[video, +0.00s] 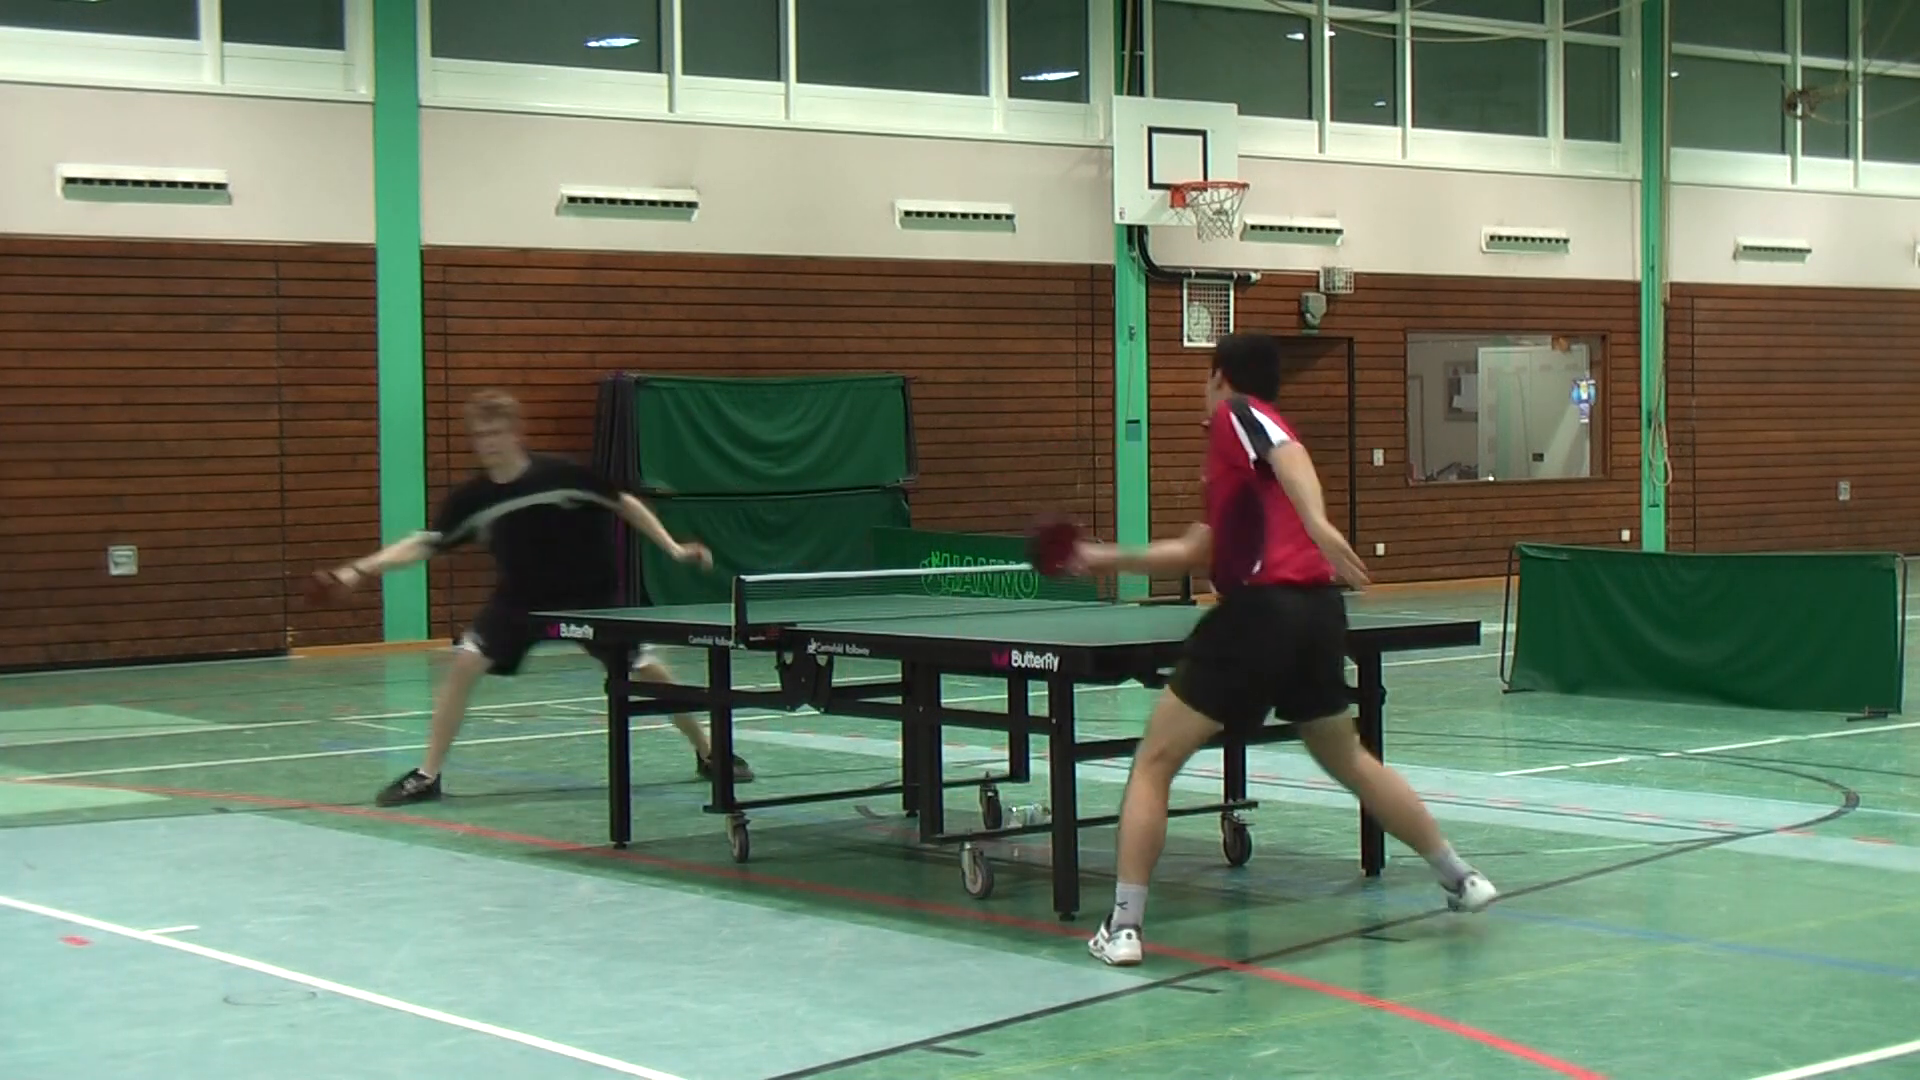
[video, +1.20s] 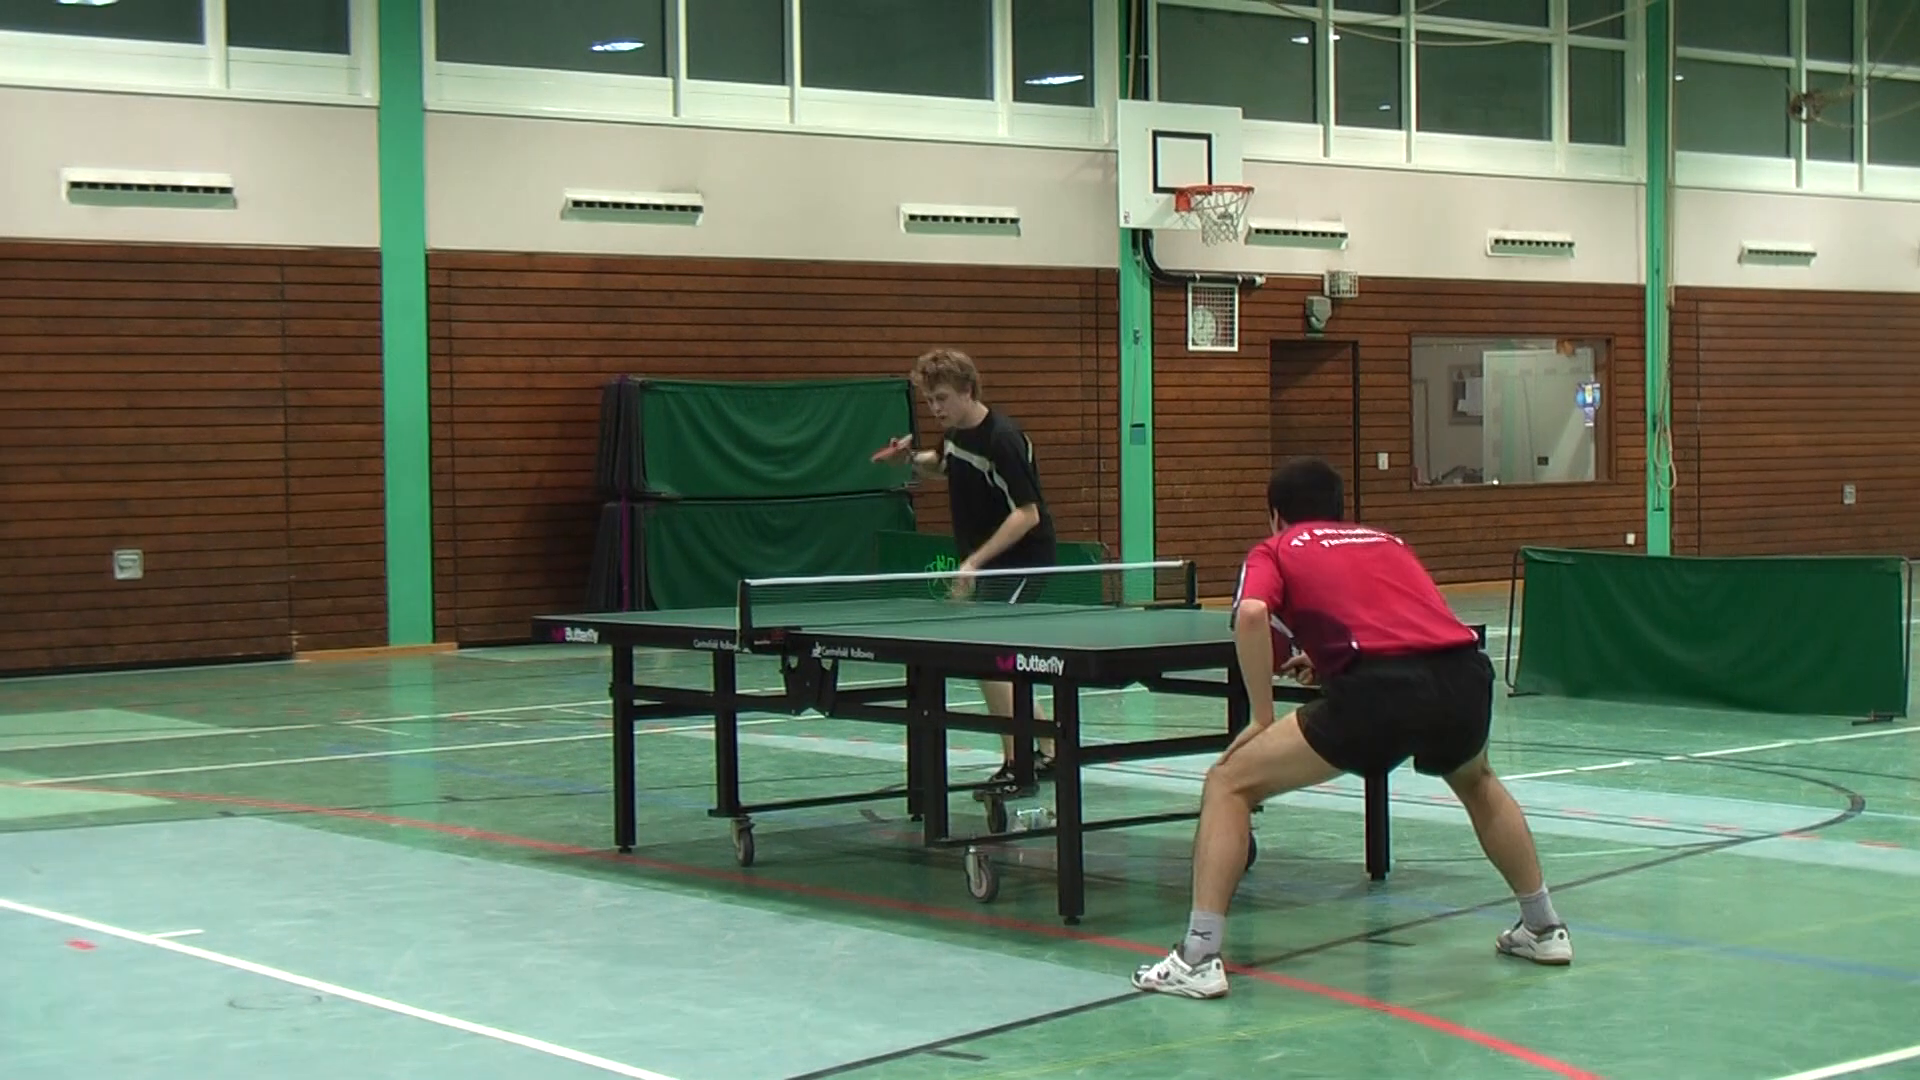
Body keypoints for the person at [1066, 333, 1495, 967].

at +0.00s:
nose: (1205, 389)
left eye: (1208, 379)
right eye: (1209, 380)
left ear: (1222, 380)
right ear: (1262, 385)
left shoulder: (1236, 411)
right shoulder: (1253, 436)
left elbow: (1287, 454)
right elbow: (1200, 549)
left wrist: (1318, 526)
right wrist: (1108, 557)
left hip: (1256, 616)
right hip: (1317, 615)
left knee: (1155, 764)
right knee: (1350, 760)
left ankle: (1124, 928)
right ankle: (1460, 877)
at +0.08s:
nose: (1224, 388)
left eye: (1228, 377)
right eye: (1228, 376)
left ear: (1243, 377)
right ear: (1285, 382)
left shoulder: (1263, 420)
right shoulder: (1301, 429)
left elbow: (1312, 476)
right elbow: (1261, 554)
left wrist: (1333, 568)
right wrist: (1173, 582)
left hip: (1282, 623)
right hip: (1340, 623)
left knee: (1184, 764)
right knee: (1377, 764)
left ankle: (1127, 923)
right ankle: (1452, 885)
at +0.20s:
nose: (1257, 382)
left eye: (1259, 369)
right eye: (1259, 369)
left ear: (1279, 367)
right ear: (1319, 368)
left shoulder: (1309, 417)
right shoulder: (1345, 418)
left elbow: (1338, 505)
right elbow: (1323, 542)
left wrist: (1313, 602)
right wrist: (1240, 573)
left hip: (1347, 609)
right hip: (1394, 608)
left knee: (1242, 756)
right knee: (1388, 753)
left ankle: (1188, 917)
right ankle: (1459, 888)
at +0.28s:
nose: (1273, 373)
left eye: (1275, 359)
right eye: (1274, 360)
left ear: (1294, 359)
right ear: (1336, 360)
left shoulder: (1324, 412)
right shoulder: (1373, 410)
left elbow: (1341, 502)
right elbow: (1371, 511)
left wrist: (1299, 608)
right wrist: (1295, 553)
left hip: (1361, 604)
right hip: (1417, 601)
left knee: (1263, 747)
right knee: (1396, 744)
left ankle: (1276, 912)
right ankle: (1461, 887)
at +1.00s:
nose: (1239, 313)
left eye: (1243, 300)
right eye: (1241, 300)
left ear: (1268, 305)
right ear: (1293, 305)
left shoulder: (1326, 369)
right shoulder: (1303, 374)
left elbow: (1359, 474)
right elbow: (1318, 477)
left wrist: (1316, 576)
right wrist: (1259, 526)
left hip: (1349, 573)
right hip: (1325, 569)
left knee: (1335, 740)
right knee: (1294, 723)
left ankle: (1378, 916)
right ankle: (1384, 868)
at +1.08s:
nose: (1232, 314)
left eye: (1235, 301)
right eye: (1235, 301)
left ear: (1258, 307)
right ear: (1284, 304)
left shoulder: (1321, 371)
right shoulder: (1293, 374)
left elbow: (1348, 476)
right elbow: (1316, 471)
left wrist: (1282, 566)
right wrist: (1266, 508)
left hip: (1343, 574)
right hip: (1308, 574)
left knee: (1336, 740)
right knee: (1268, 726)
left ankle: (1381, 916)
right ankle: (1335, 880)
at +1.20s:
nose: (1270, 528)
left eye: (1271, 518)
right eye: (1273, 518)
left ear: (1278, 518)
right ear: (1339, 511)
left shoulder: (1273, 548)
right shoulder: (1385, 539)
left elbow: (1251, 612)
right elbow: (1418, 613)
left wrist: (1262, 714)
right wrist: (1326, 658)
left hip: (1379, 689)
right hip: (1464, 680)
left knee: (1229, 781)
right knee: (1478, 781)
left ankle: (1199, 957)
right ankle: (1545, 925)